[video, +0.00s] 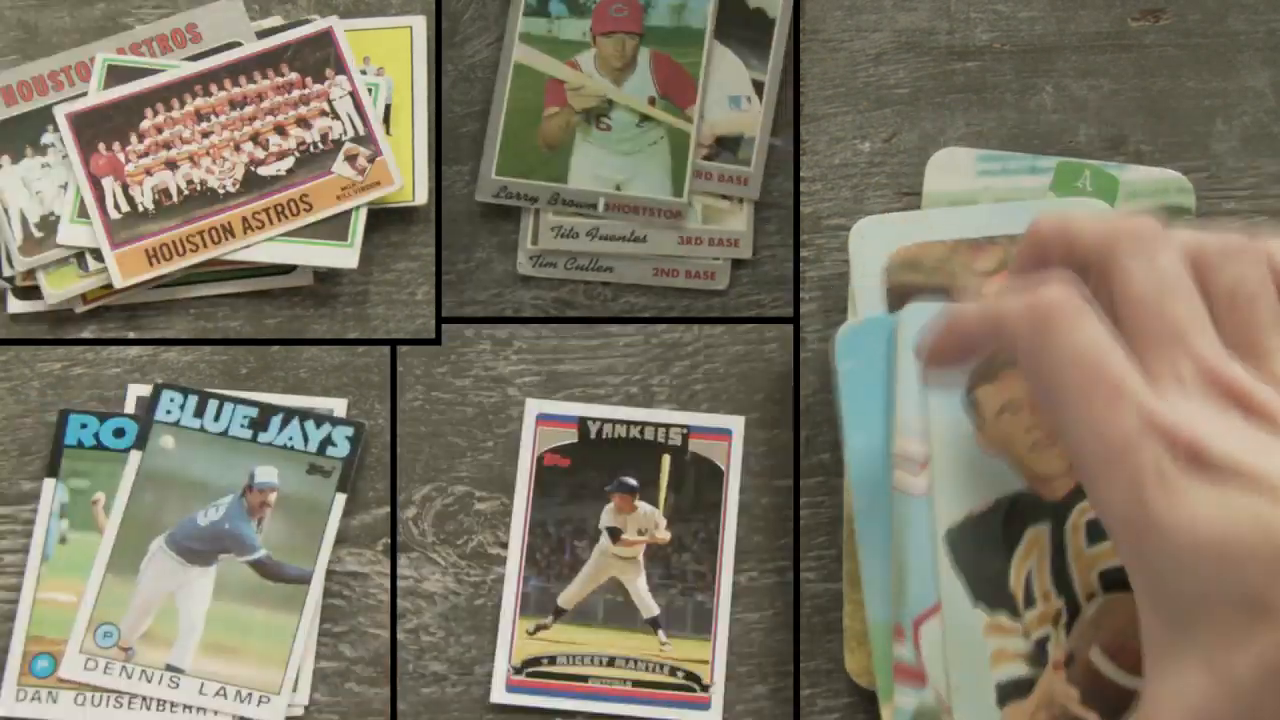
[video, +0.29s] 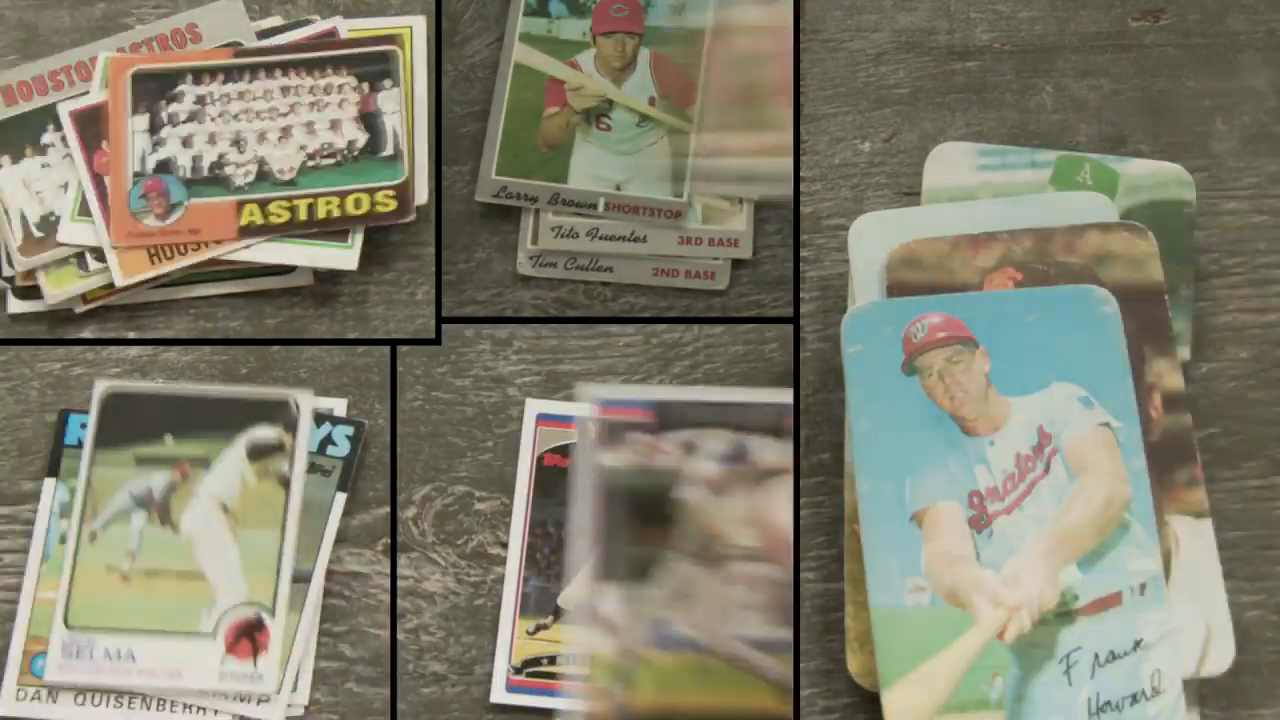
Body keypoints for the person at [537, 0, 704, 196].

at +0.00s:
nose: (621, 47)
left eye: (630, 38)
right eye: (611, 37)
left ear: (639, 40)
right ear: (594, 39)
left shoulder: (660, 66)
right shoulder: (571, 71)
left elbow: (704, 114)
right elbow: (548, 141)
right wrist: (573, 110)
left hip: (649, 156)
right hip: (591, 154)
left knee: (649, 235)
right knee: (582, 233)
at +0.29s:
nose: (620, 46)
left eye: (630, 36)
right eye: (609, 36)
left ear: (640, 40)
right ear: (593, 39)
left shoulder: (659, 67)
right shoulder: (570, 72)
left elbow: (702, 113)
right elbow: (547, 141)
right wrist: (572, 109)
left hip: (649, 156)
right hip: (591, 155)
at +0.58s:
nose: (603, 44)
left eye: (612, 33)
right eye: (591, 34)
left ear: (621, 36)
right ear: (573, 38)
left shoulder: (652, 78)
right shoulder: (553, 91)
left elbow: (673, 137)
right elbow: (558, 155)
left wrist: (673, 161)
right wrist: (575, 176)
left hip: (641, 199)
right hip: (584, 199)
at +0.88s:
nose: (674, 58)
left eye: (679, 53)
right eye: (669, 52)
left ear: (682, 56)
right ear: (658, 51)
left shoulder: (682, 86)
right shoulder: (629, 73)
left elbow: (677, 123)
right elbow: (598, 106)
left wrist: (690, 130)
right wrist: (618, 139)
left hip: (649, 134)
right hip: (620, 133)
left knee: (648, 186)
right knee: (629, 189)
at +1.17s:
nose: (655, 139)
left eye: (666, 128)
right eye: (649, 129)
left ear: (692, 129)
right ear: (644, 133)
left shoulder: (731, 165)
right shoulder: (638, 180)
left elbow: (772, 225)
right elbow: (622, 238)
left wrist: (745, 262)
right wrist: (594, 263)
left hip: (738, 275)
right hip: (686, 275)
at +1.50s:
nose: (637, 136)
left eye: (645, 129)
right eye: (630, 129)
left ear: (652, 130)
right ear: (616, 131)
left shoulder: (677, 153)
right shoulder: (598, 158)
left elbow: (700, 209)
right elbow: (582, 223)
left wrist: (694, 233)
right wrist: (600, 221)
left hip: (662, 204)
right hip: (616, 202)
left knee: (653, 274)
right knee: (584, 273)